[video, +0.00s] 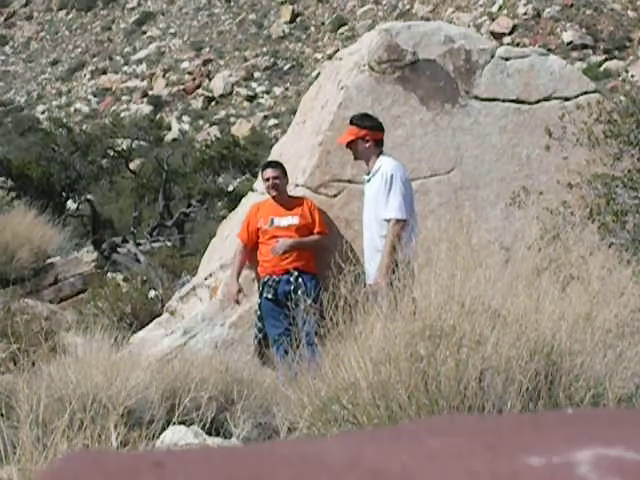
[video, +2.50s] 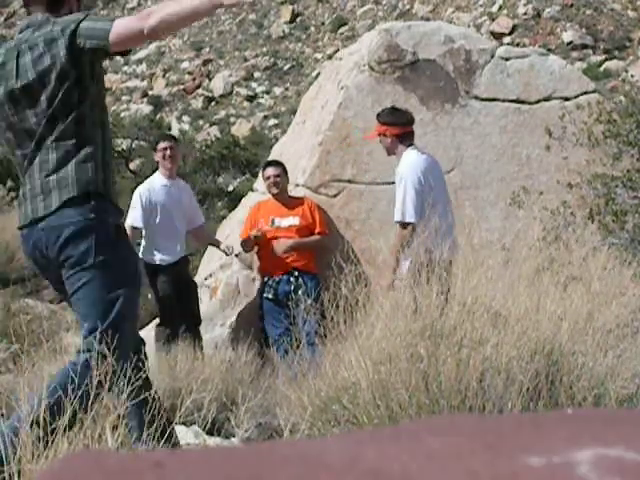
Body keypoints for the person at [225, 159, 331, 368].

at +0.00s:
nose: (272, 183)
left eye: (276, 178)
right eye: (267, 179)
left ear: (286, 179)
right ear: (263, 184)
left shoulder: (306, 205)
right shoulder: (257, 211)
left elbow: (323, 237)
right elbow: (243, 246)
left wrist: (293, 243)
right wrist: (234, 279)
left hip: (303, 276)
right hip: (271, 280)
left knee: (309, 334)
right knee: (279, 339)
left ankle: (315, 381)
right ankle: (290, 383)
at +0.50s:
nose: (272, 182)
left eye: (276, 177)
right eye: (267, 179)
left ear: (285, 179)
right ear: (263, 183)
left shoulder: (306, 206)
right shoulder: (257, 210)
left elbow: (324, 237)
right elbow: (246, 244)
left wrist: (294, 244)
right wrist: (239, 269)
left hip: (304, 277)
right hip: (272, 279)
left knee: (310, 333)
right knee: (279, 338)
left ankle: (314, 379)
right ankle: (288, 382)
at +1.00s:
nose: (272, 181)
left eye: (277, 176)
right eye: (267, 178)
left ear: (286, 179)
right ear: (263, 183)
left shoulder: (306, 205)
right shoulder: (258, 209)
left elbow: (325, 237)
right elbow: (247, 247)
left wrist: (293, 244)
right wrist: (244, 235)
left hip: (304, 276)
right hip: (272, 278)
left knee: (310, 332)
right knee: (276, 335)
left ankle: (317, 378)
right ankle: (288, 380)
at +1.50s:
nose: (272, 181)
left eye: (276, 176)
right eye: (267, 178)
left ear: (285, 178)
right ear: (263, 183)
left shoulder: (306, 205)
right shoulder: (258, 210)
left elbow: (324, 236)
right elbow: (246, 243)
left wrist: (294, 243)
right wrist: (245, 221)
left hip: (303, 276)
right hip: (272, 279)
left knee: (309, 332)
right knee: (279, 336)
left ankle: (315, 379)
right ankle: (288, 382)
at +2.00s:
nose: (271, 181)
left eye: (276, 176)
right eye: (266, 178)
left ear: (285, 178)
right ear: (262, 183)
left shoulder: (306, 206)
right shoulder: (259, 209)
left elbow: (324, 237)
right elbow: (247, 244)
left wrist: (293, 243)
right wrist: (248, 222)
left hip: (303, 277)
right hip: (273, 279)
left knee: (310, 333)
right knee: (280, 337)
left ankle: (314, 380)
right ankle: (288, 383)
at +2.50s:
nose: (273, 181)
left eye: (277, 176)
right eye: (268, 178)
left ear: (286, 178)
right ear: (264, 182)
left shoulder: (307, 205)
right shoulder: (259, 209)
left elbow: (324, 237)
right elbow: (245, 247)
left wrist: (293, 243)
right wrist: (253, 239)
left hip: (303, 277)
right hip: (271, 281)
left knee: (310, 334)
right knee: (279, 339)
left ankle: (315, 381)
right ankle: (290, 384)